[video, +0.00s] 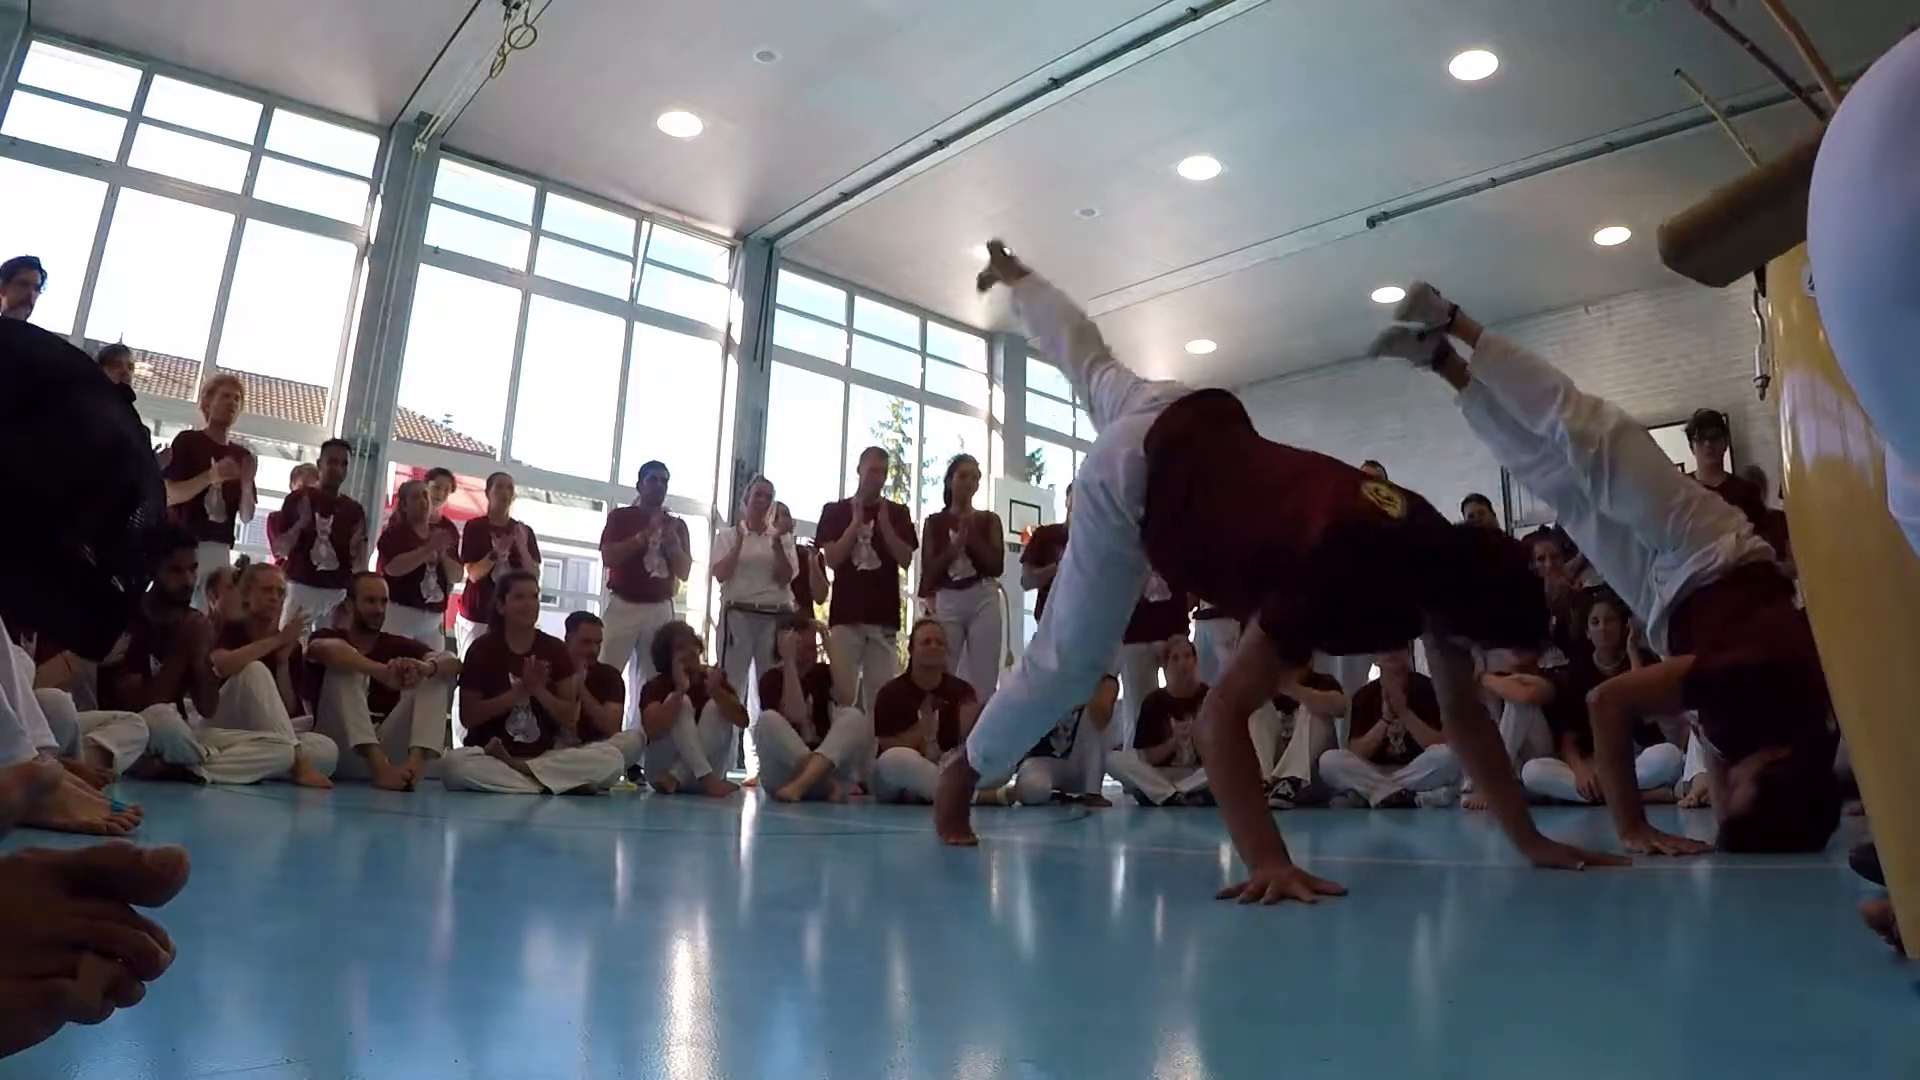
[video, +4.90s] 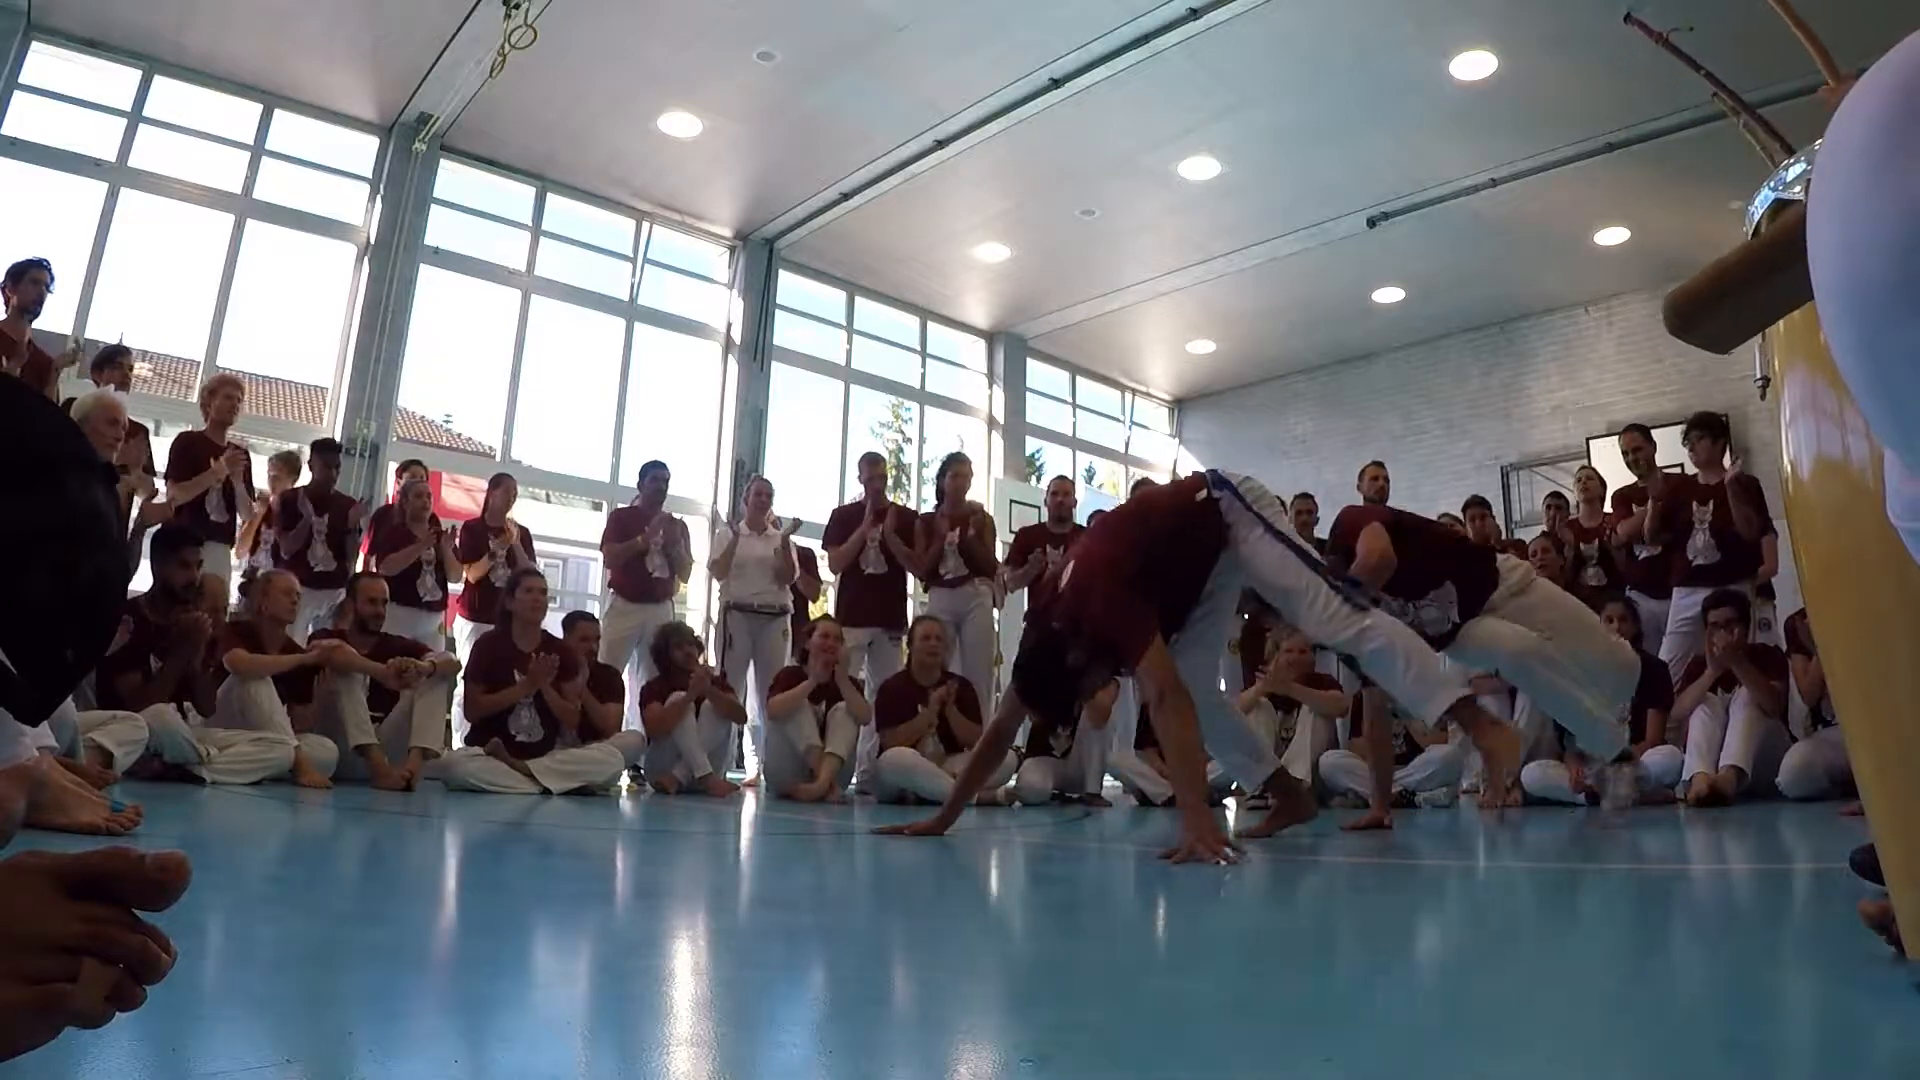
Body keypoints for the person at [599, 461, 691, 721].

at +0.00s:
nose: (659, 485)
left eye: (663, 481)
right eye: (653, 479)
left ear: (668, 487)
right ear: (639, 484)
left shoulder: (676, 525)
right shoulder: (619, 517)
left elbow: (684, 573)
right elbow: (609, 557)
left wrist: (672, 545)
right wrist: (644, 535)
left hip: (660, 609)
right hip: (622, 607)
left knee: (653, 684)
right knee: (606, 679)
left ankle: (646, 747)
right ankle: (599, 744)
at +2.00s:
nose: (661, 485)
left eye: (665, 480)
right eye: (655, 479)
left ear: (669, 487)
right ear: (640, 484)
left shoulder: (677, 525)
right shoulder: (621, 515)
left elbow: (685, 572)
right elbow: (611, 556)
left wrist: (671, 544)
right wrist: (648, 543)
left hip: (660, 609)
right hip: (622, 607)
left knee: (654, 686)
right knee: (606, 680)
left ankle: (649, 750)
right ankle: (599, 746)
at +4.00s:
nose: (663, 487)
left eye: (668, 482)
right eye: (657, 480)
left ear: (671, 488)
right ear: (644, 484)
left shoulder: (678, 526)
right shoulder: (622, 516)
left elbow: (685, 574)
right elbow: (612, 558)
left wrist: (673, 544)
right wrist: (644, 539)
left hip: (661, 610)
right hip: (623, 608)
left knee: (653, 686)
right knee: (607, 681)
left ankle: (646, 749)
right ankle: (601, 745)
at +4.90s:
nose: (660, 485)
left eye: (665, 481)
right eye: (654, 480)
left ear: (669, 486)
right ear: (640, 484)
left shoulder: (677, 525)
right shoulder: (620, 517)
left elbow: (685, 574)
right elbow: (610, 559)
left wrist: (673, 544)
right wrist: (644, 540)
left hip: (660, 610)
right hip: (623, 608)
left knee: (654, 684)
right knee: (606, 679)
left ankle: (650, 750)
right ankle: (599, 745)